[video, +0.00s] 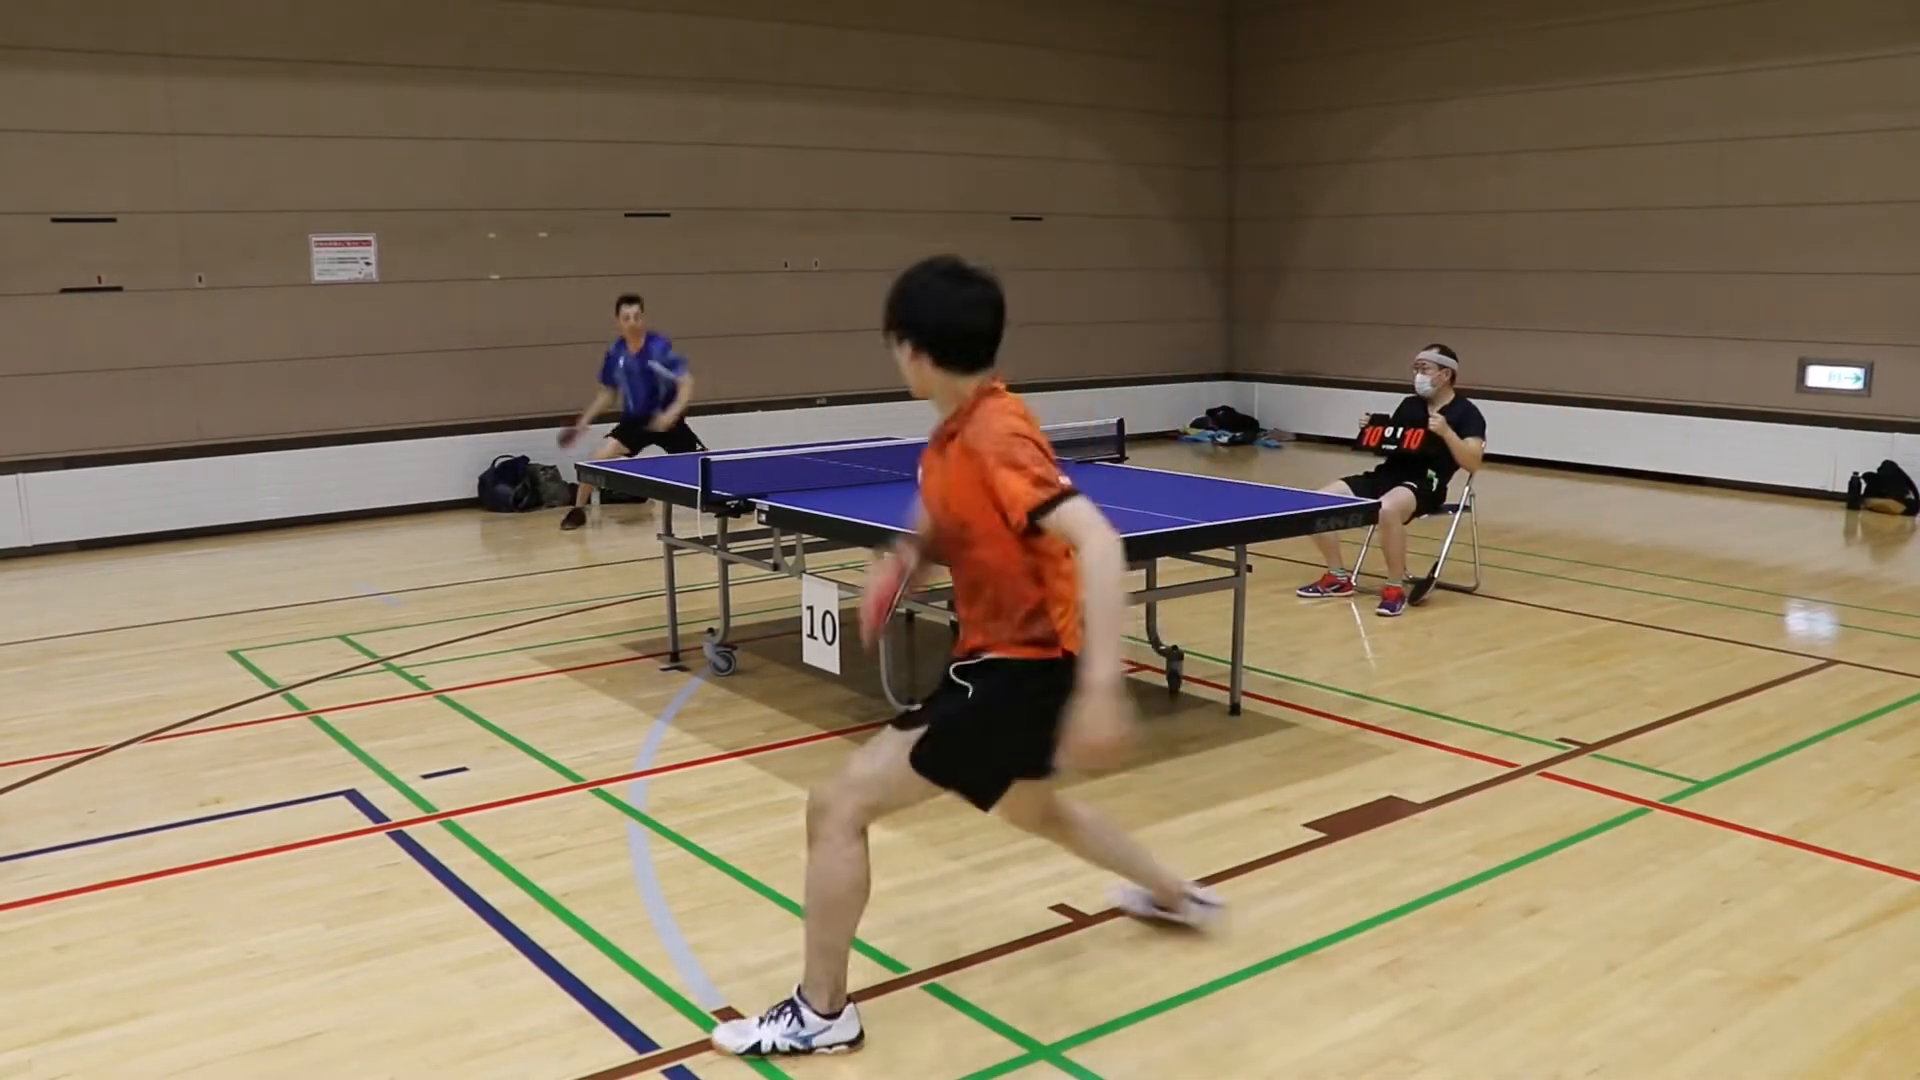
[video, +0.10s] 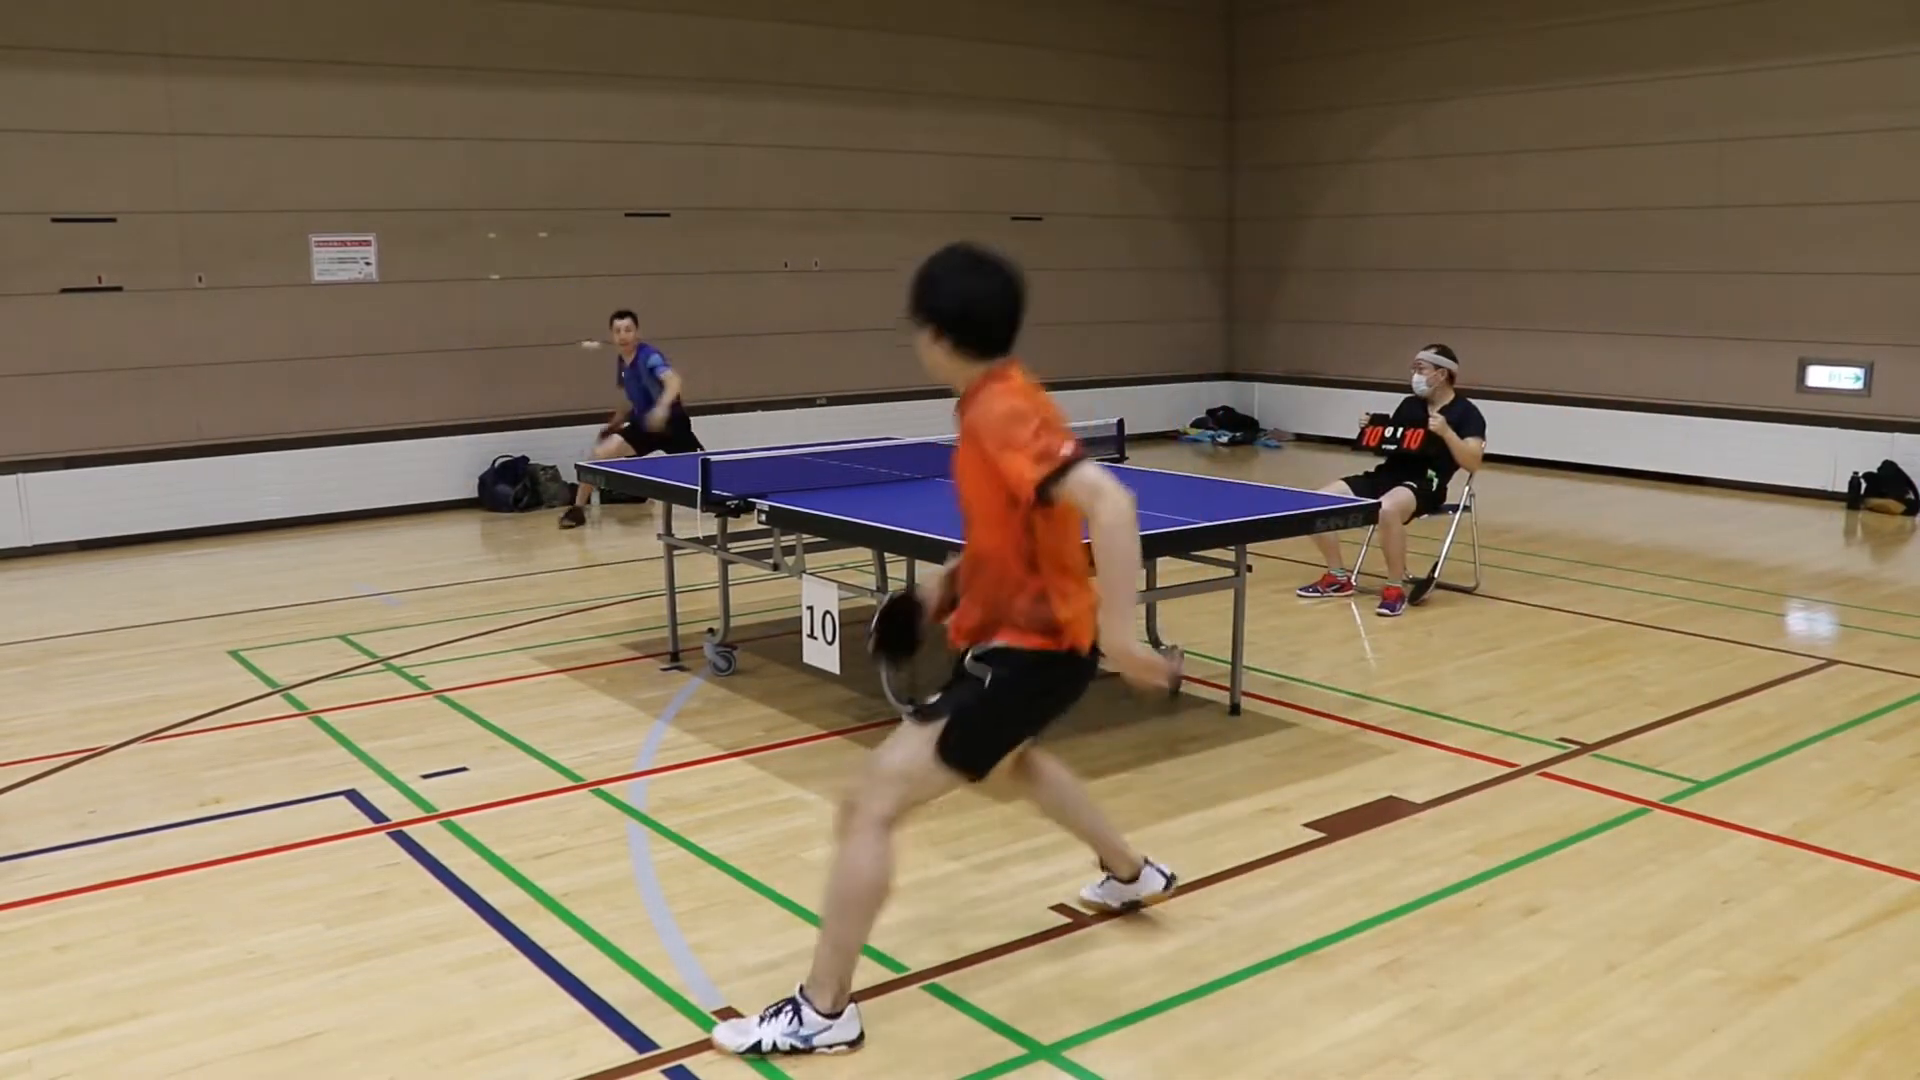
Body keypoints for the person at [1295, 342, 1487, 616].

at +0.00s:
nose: (1418, 375)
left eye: (1425, 369)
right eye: (1416, 369)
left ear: (1445, 376)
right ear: (1413, 372)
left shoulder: (1466, 413)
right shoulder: (1411, 404)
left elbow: (1473, 463)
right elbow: (1393, 439)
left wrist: (1447, 433)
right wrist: (1373, 426)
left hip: (1426, 482)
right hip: (1389, 474)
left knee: (1388, 510)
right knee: (1318, 502)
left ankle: (1394, 589)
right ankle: (1337, 576)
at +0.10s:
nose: (1414, 375)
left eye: (1421, 369)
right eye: (1414, 369)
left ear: (1441, 376)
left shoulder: (1466, 413)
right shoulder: (1411, 404)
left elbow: (1472, 463)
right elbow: (1393, 439)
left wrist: (1447, 433)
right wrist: (1372, 426)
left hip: (1426, 482)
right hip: (1389, 474)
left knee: (1388, 510)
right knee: (1318, 502)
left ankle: (1394, 589)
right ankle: (1337, 576)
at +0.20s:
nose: (1414, 374)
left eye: (1420, 369)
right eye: (1414, 368)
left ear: (1440, 375)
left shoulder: (1466, 413)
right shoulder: (1411, 404)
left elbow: (1473, 463)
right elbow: (1393, 439)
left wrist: (1447, 433)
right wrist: (1372, 426)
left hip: (1426, 481)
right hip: (1390, 473)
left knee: (1388, 510)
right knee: (1319, 502)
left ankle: (1394, 588)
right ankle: (1337, 576)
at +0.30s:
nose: (1413, 374)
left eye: (1420, 369)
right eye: (1414, 368)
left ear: (1441, 375)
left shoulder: (1466, 413)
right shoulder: (1411, 404)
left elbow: (1472, 463)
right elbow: (1394, 439)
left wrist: (1447, 433)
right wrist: (1373, 426)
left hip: (1426, 482)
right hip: (1390, 474)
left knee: (1388, 509)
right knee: (1318, 502)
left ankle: (1394, 588)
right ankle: (1337, 576)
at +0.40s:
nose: (1414, 375)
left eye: (1420, 369)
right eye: (1414, 369)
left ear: (1441, 375)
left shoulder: (1466, 413)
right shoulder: (1411, 404)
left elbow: (1472, 462)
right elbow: (1394, 439)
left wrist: (1446, 433)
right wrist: (1373, 426)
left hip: (1426, 482)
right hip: (1389, 474)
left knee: (1388, 510)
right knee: (1318, 502)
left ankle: (1394, 588)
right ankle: (1337, 576)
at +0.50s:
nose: (1416, 375)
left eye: (1423, 370)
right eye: (1416, 369)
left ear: (1445, 376)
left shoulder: (1467, 413)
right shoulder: (1411, 404)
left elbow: (1472, 463)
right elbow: (1393, 441)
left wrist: (1446, 432)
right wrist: (1374, 427)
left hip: (1425, 482)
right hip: (1389, 474)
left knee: (1389, 508)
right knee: (1320, 501)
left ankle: (1395, 589)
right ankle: (1337, 575)